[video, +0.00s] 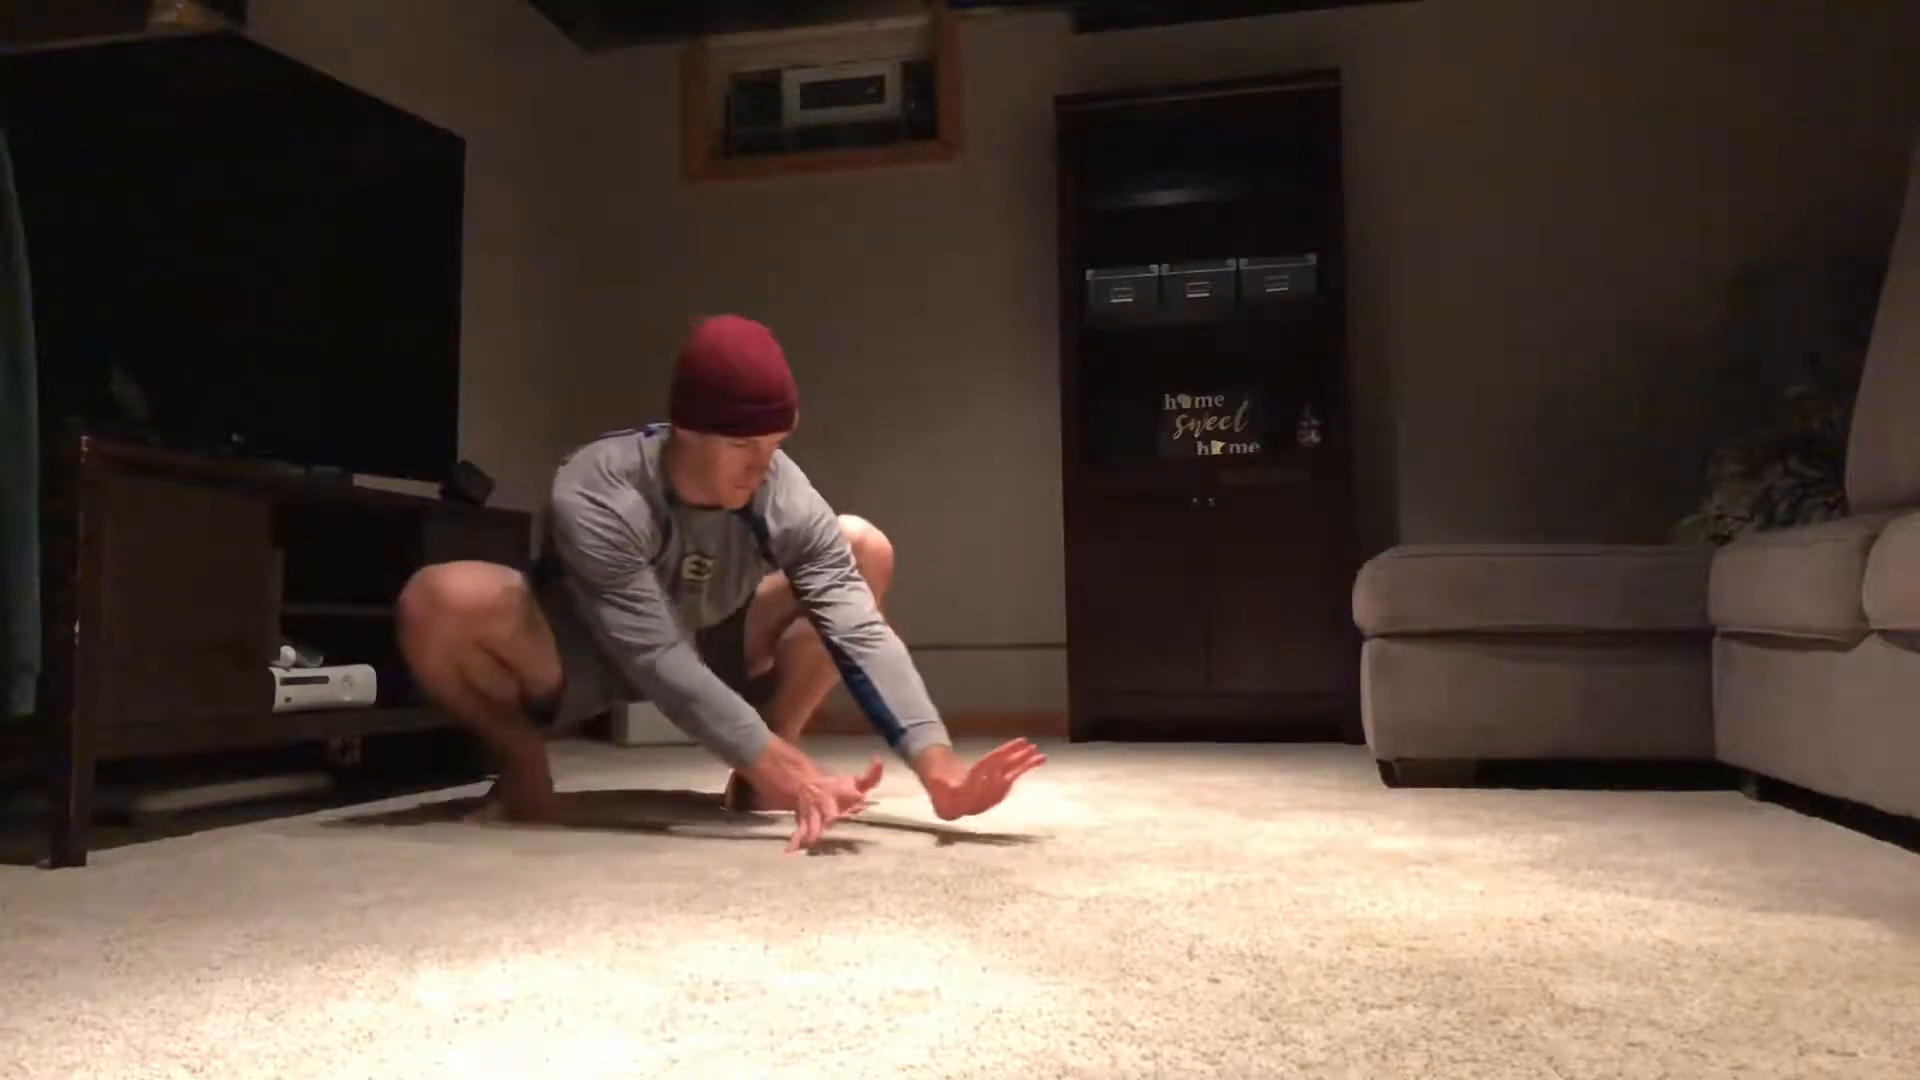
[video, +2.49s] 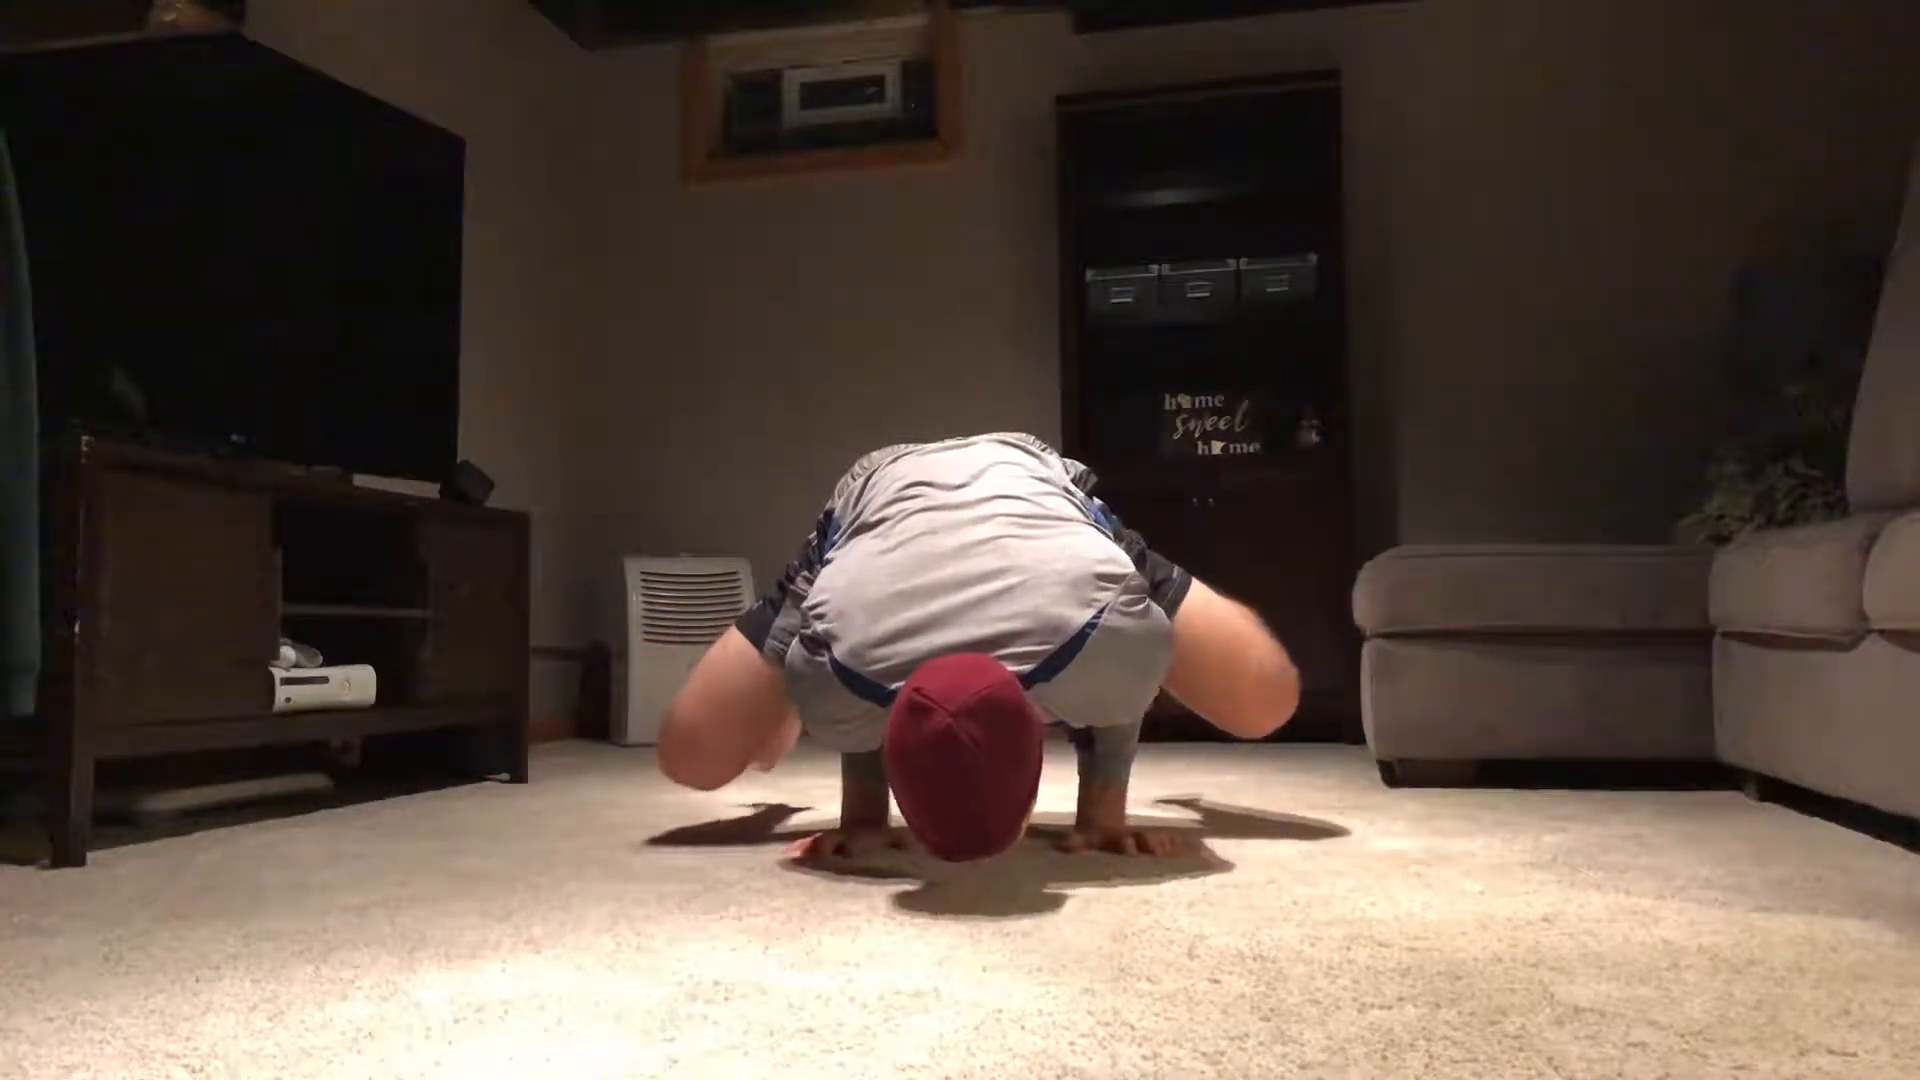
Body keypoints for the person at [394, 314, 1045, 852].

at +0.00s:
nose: (764, 462)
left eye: (774, 443)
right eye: (746, 444)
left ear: (781, 436)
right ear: (690, 431)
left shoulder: (781, 492)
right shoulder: (596, 496)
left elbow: (858, 627)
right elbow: (660, 660)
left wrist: (940, 770)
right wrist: (783, 766)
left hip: (705, 645)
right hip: (585, 645)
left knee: (863, 547)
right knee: (437, 604)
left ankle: (757, 780)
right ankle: (524, 773)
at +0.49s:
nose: (908, 527)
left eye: (921, 506)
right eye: (888, 507)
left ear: (938, 477)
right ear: (831, 472)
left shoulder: (950, 516)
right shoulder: (736, 503)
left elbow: (1004, 664)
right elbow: (761, 681)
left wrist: (1076, 802)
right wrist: (841, 811)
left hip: (807, 603)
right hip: (668, 572)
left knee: (955, 641)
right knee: (507, 635)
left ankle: (783, 748)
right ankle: (516, 740)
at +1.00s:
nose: (1024, 687)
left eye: (1038, 670)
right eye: (1009, 668)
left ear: (1092, 598)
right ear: (958, 601)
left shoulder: (1131, 577)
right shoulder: (868, 574)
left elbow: (1111, 691)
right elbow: (839, 692)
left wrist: (1107, 821)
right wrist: (861, 825)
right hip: (827, 511)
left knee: (1057, 751)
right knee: (666, 703)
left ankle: (897, 699)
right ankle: (584, 703)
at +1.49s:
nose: (1037, 811)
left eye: (1048, 793)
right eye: (1014, 795)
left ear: (1099, 701)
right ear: (966, 699)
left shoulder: (1158, 623)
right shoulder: (869, 642)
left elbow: (1130, 711)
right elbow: (863, 733)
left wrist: (1107, 812)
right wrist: (859, 834)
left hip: (1021, 490)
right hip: (873, 499)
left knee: (1206, 733)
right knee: (681, 743)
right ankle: (642, 701)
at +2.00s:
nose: (991, 842)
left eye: (1013, 828)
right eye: (971, 831)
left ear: (1063, 724)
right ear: (915, 727)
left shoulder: (1134, 648)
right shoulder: (844, 666)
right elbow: (858, 718)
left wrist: (1104, 810)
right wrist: (862, 821)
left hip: (1039, 477)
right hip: (881, 483)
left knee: (1255, 713)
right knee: (680, 752)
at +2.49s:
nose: (969, 858)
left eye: (989, 843)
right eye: (948, 845)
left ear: (1032, 732)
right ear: (899, 730)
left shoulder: (1115, 652)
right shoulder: (822, 669)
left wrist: (1105, 809)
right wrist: (862, 813)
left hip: (1036, 472)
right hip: (876, 484)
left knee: (1270, 702)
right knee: (687, 758)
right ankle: (777, 715)